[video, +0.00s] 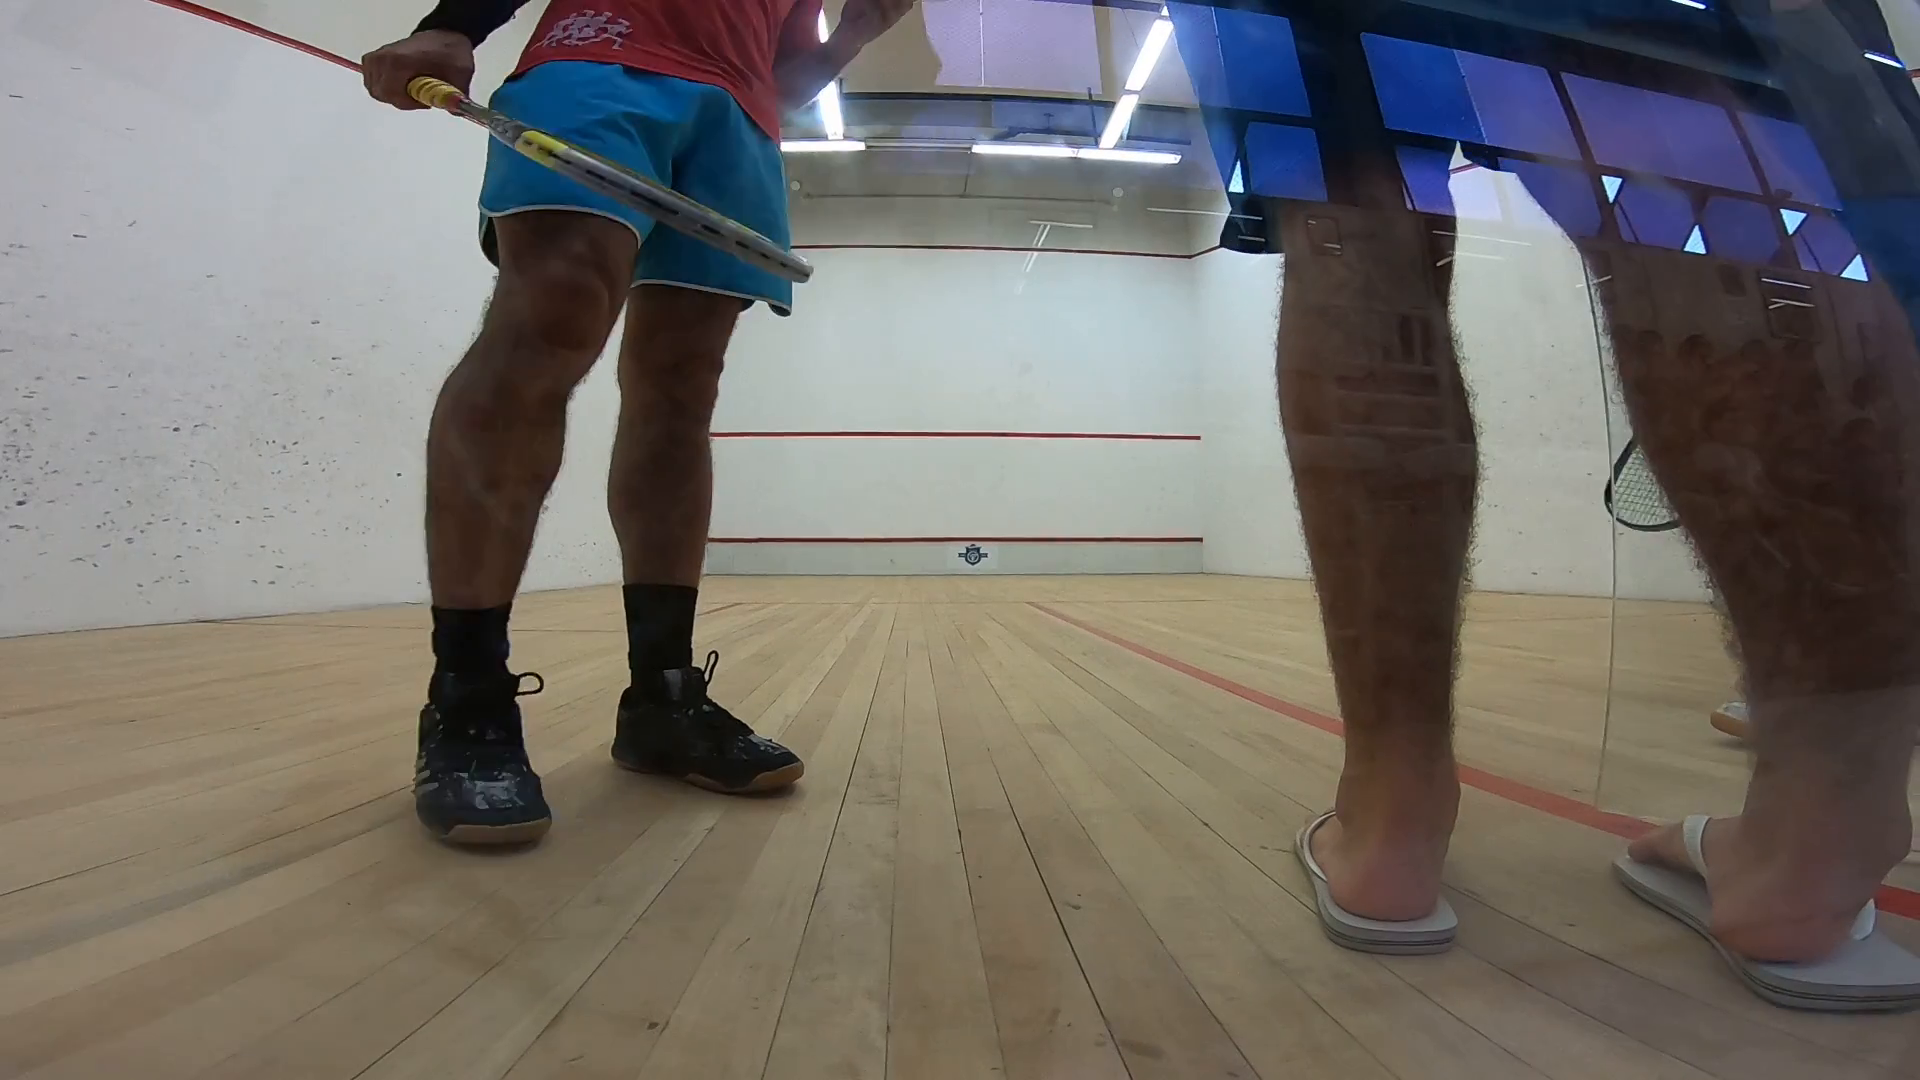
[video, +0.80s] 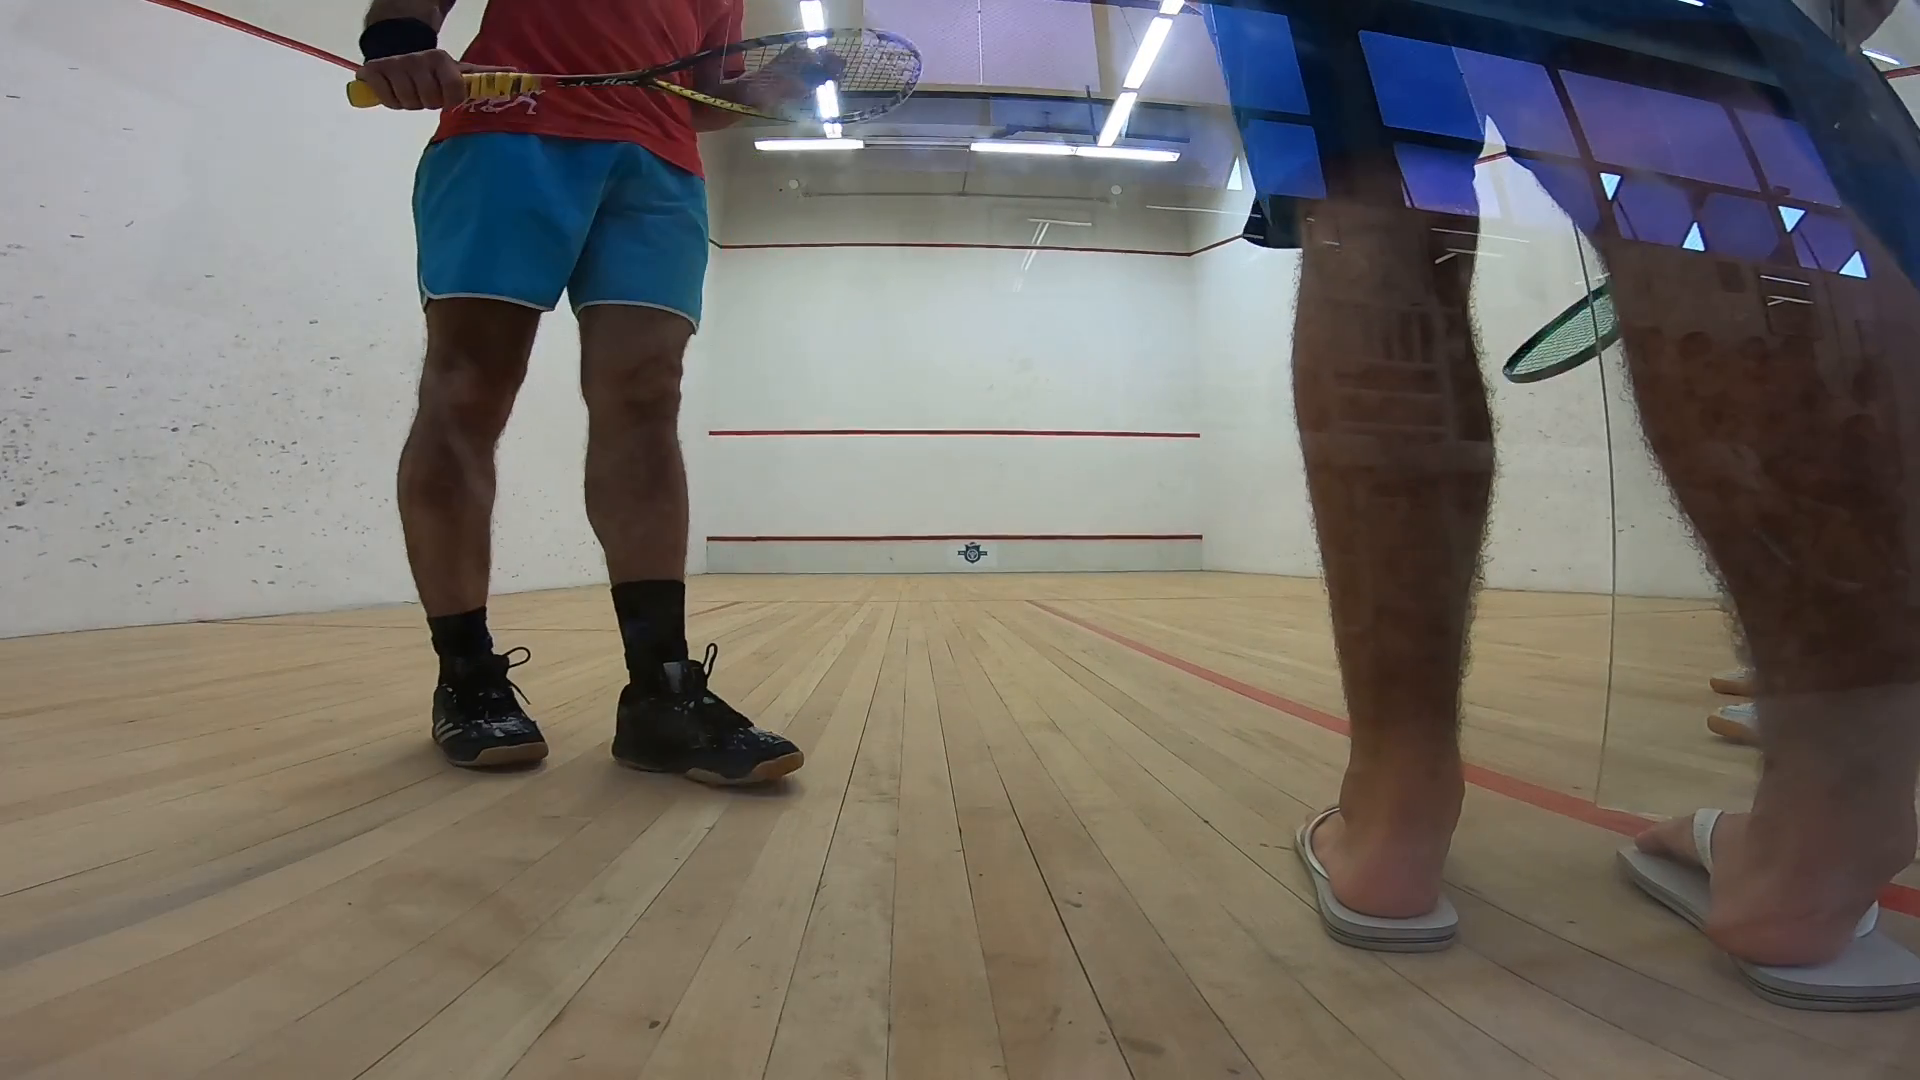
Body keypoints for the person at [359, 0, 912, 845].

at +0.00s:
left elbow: (776, 84)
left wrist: (853, 32)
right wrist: (455, 22)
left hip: (744, 83)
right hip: (604, 33)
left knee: (682, 378)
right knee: (552, 312)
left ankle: (663, 696)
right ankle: (469, 715)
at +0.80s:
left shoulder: (719, 4)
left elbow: (701, 92)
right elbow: (414, 11)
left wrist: (765, 87)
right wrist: (400, 35)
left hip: (659, 135)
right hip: (514, 111)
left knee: (645, 393)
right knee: (468, 395)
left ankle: (662, 692)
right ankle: (469, 684)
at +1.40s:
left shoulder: (762, 3)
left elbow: (756, 92)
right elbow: (510, 0)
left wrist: (829, 51)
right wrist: (419, 90)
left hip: (714, 135)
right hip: (571, 111)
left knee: (695, 399)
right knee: (513, 398)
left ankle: (703, 685)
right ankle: (474, 680)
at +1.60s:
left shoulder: (798, 6)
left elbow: (797, 90)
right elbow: (554, 2)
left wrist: (866, 42)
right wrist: (458, 89)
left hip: (754, 131)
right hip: (614, 105)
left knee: (721, 394)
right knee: (557, 384)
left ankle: (710, 685)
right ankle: (478, 663)